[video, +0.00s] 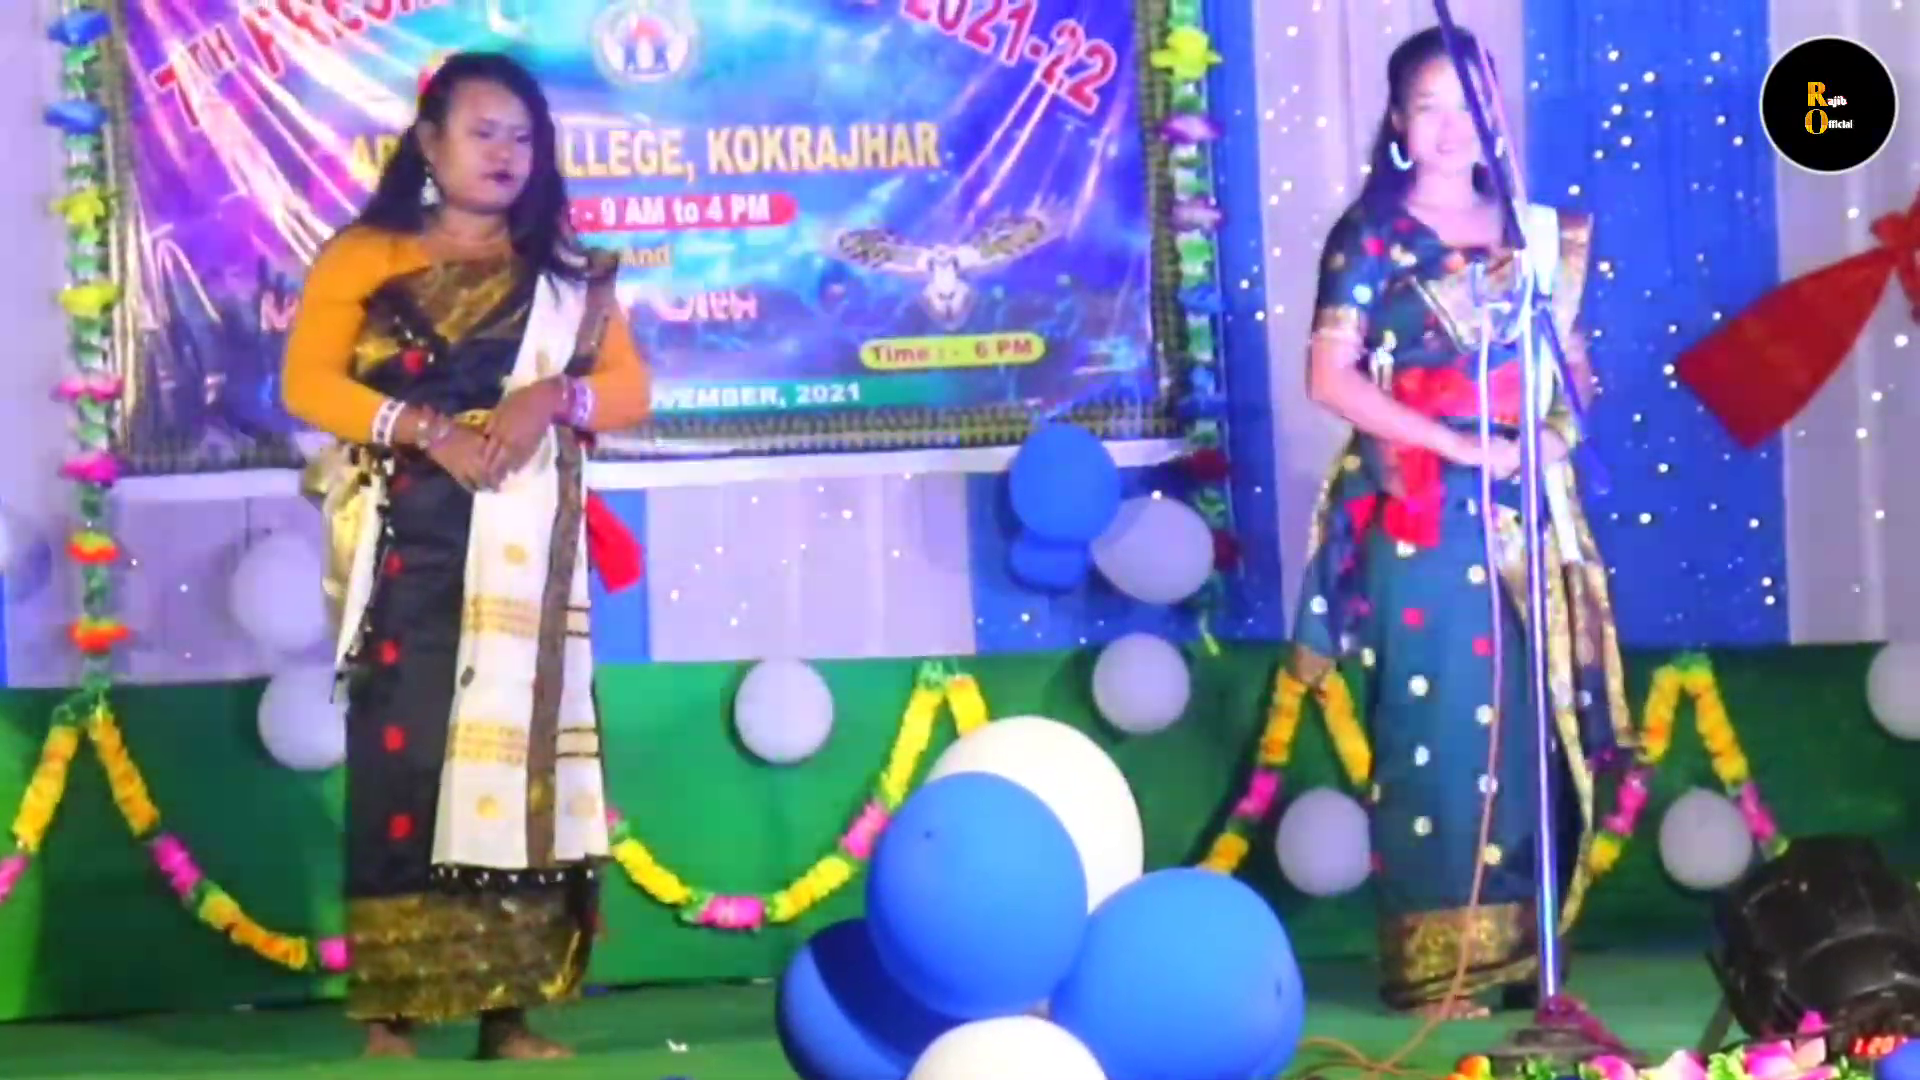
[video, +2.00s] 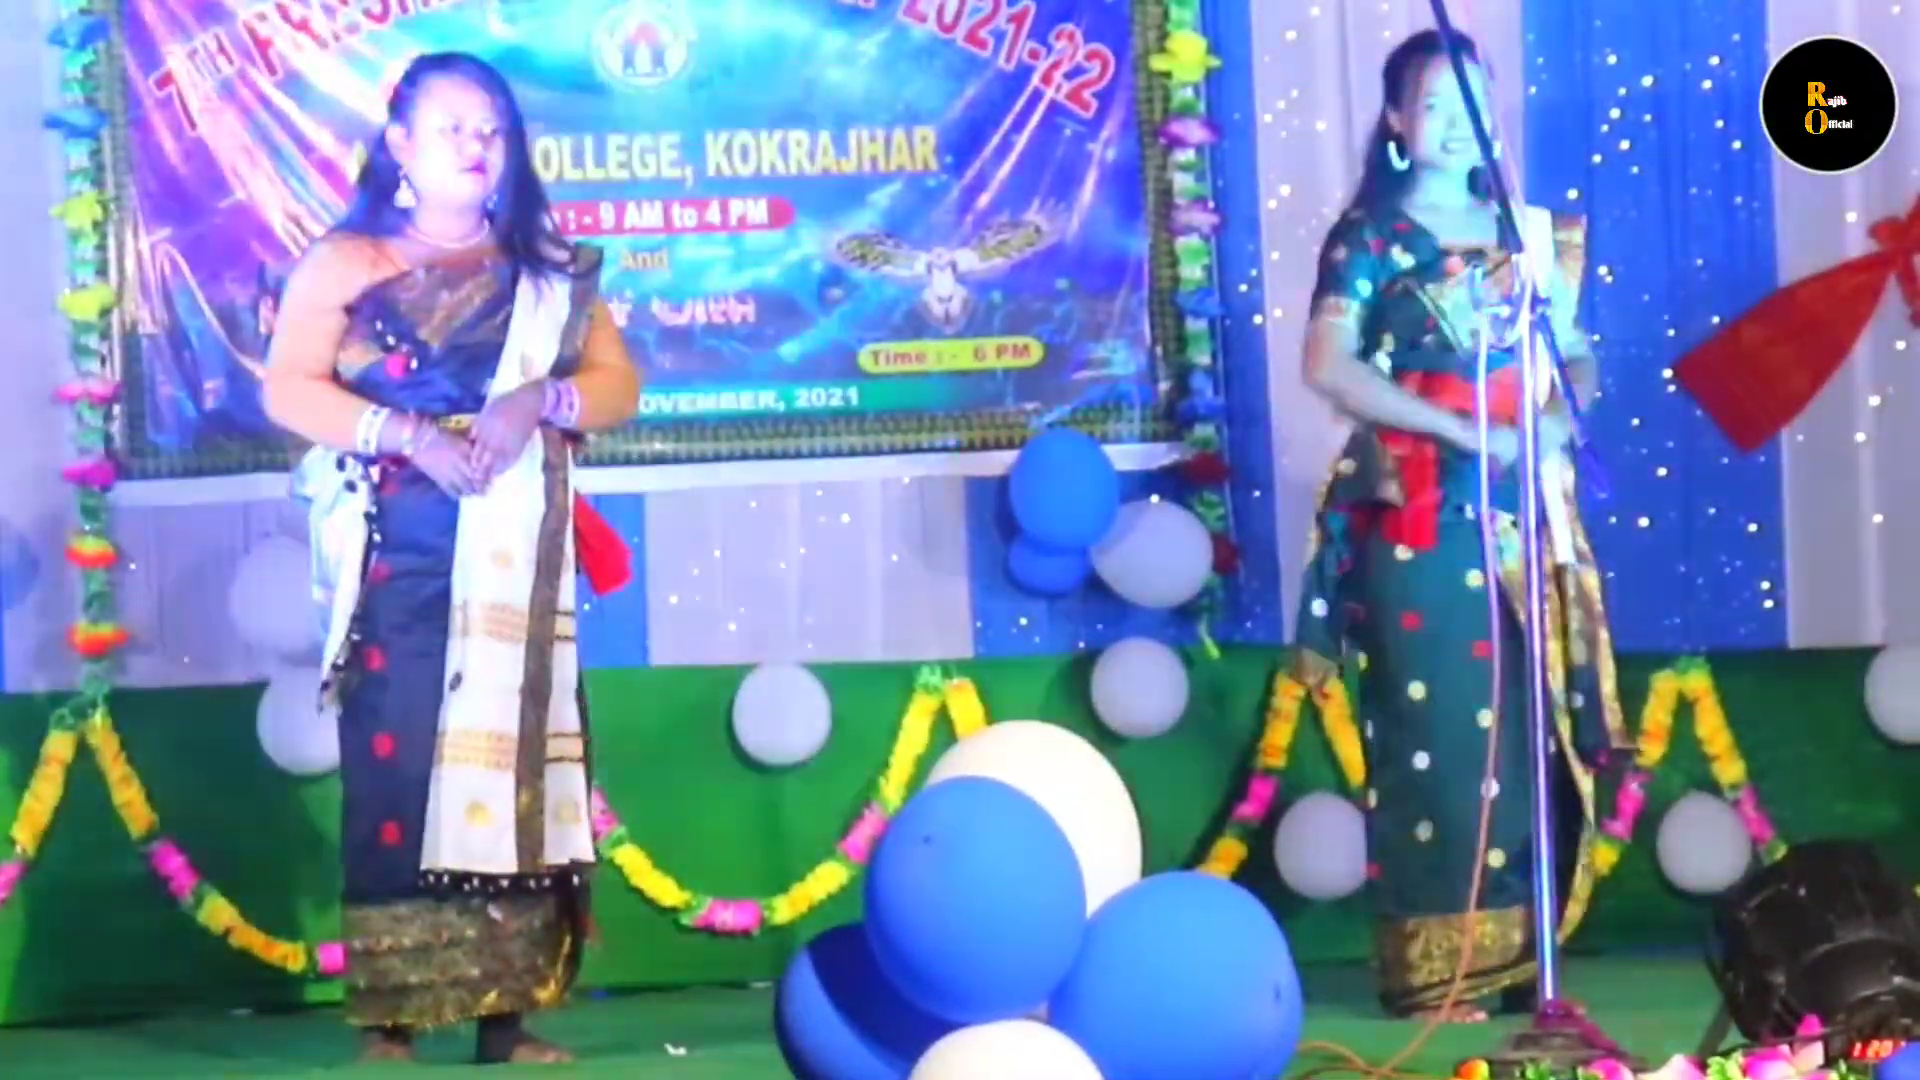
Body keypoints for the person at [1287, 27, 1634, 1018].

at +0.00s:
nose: (1444, 127)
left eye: (1460, 109)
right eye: (1425, 110)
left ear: (1488, 117)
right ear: (1399, 120)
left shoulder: (1530, 229)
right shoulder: (1371, 235)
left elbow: (1566, 382)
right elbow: (1329, 377)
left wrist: (1568, 301)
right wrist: (1458, 443)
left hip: (1531, 510)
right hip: (1427, 515)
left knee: (1538, 723)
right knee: (1441, 726)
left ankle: (1529, 957)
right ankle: (1440, 963)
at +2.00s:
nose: (1454, 122)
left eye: (1469, 104)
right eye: (1434, 104)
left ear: (1490, 114)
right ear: (1397, 117)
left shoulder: (1522, 228)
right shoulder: (1370, 235)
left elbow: (1568, 387)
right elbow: (1331, 368)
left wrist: (1562, 323)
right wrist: (1463, 429)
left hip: (1524, 515)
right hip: (1421, 517)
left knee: (1533, 728)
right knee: (1438, 730)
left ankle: (1525, 963)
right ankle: (1434, 967)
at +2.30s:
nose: (1466, 131)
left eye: (1481, 111)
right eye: (1446, 112)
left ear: (1504, 119)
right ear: (1413, 125)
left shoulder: (1520, 234)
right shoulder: (1401, 235)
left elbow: (1548, 372)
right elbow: (1367, 385)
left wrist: (1550, 434)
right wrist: (1478, 459)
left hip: (1516, 512)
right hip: (1432, 515)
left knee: (1520, 727)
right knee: (1438, 729)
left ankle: (1512, 955)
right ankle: (1428, 963)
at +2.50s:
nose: (1503, 139)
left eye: (1510, 119)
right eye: (1478, 125)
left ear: (1530, 129)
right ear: (1441, 145)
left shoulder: (1525, 248)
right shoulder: (1448, 244)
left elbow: (1536, 390)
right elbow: (1441, 391)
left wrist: (1609, 446)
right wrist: (1549, 435)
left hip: (1513, 529)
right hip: (1460, 531)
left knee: (1563, 727)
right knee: (1554, 727)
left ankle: (1451, 907)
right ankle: (1477, 929)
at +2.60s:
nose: (1524, 113)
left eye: (1529, 93)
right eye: (1502, 101)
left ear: (1541, 99)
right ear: (1459, 122)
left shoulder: (1535, 210)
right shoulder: (1457, 207)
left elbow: (1626, 332)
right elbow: (1491, 330)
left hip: (1544, 505)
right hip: (1480, 508)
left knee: (1536, 712)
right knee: (1571, 699)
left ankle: (1496, 944)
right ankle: (1487, 930)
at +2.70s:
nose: (1539, 129)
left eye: (1543, 109)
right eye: (1516, 114)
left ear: (1551, 113)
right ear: (1469, 130)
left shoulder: (1522, 226)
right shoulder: (1462, 228)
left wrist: (1596, 296)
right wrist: (1593, 306)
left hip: (1549, 531)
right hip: (1495, 542)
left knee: (1567, 739)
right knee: (1564, 740)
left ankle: (1513, 959)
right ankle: (1502, 964)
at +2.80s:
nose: (1570, 156)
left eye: (1570, 137)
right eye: (1548, 142)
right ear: (1501, 155)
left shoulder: (1453, 255)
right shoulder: (1541, 240)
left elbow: (1423, 419)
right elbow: (1592, 348)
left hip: (1453, 563)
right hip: (1505, 564)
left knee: (1579, 739)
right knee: (1616, 752)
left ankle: (1500, 943)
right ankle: (1531, 983)